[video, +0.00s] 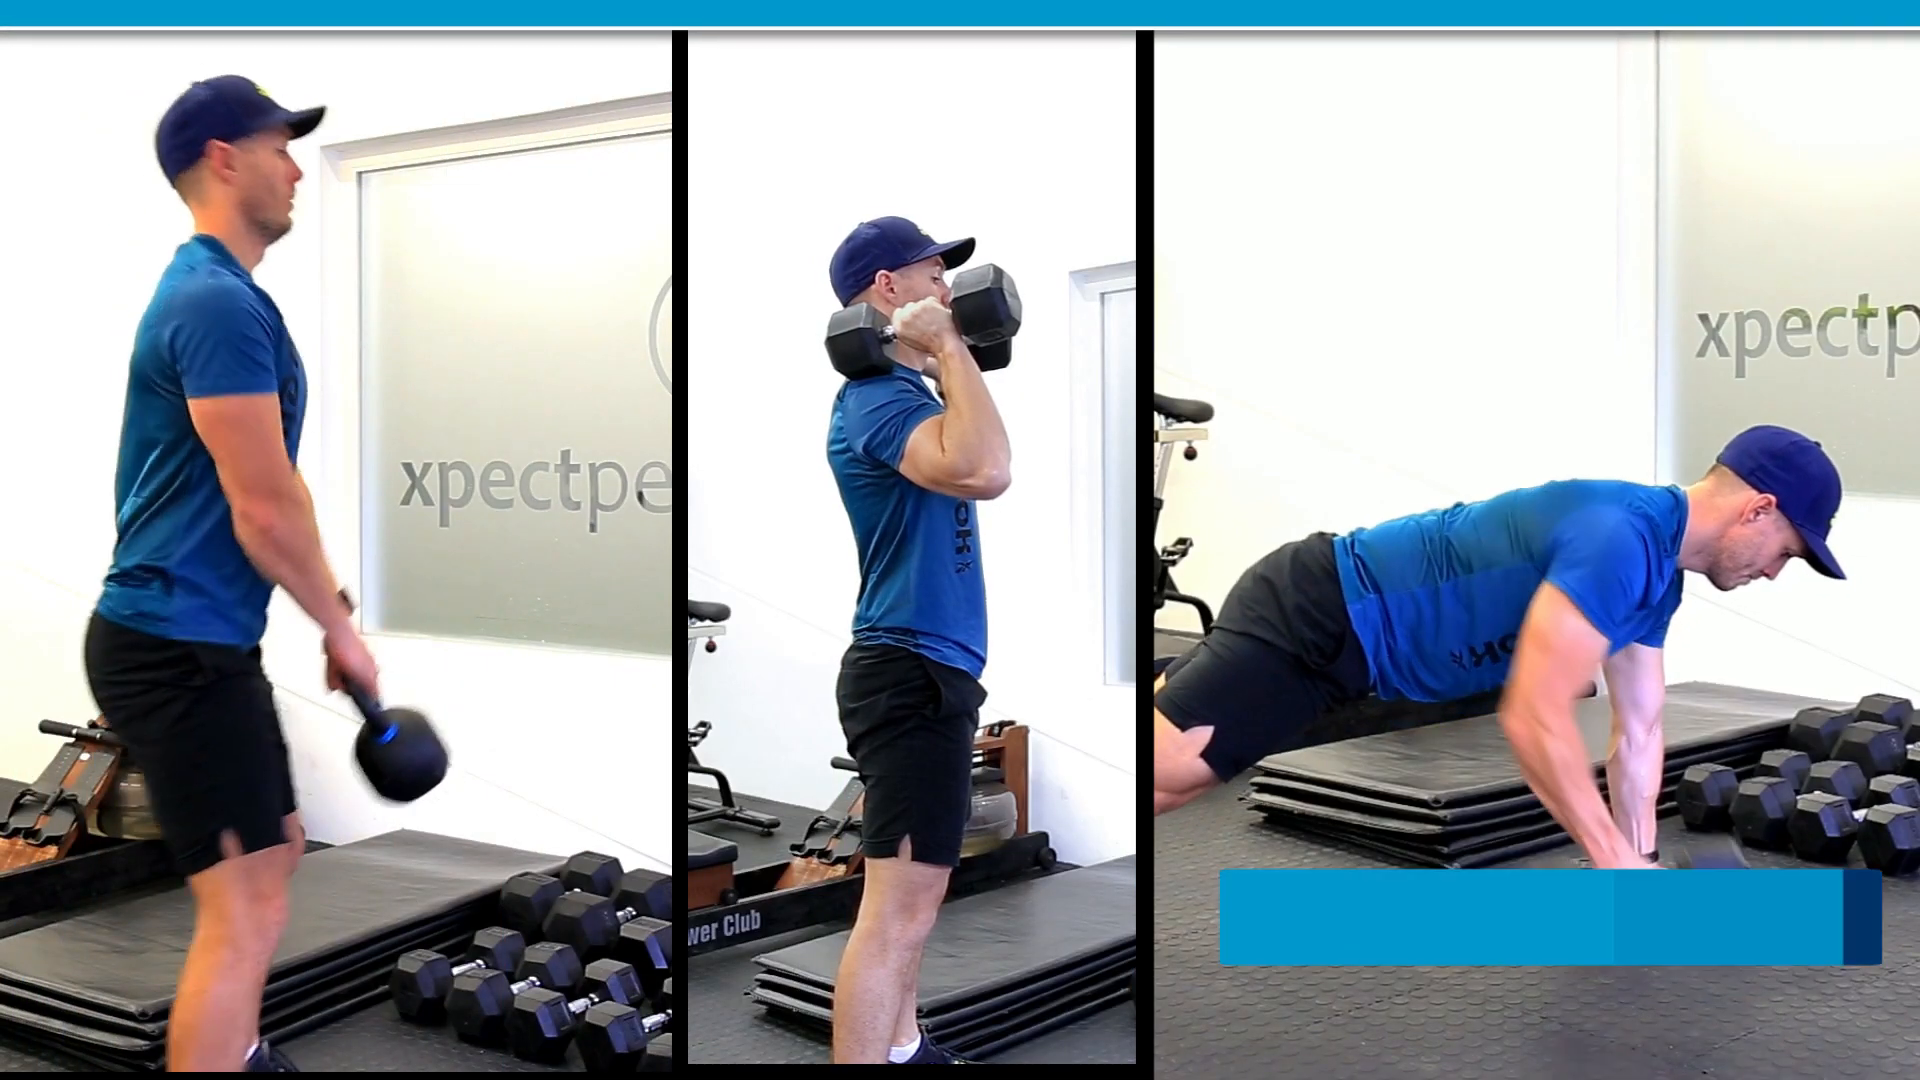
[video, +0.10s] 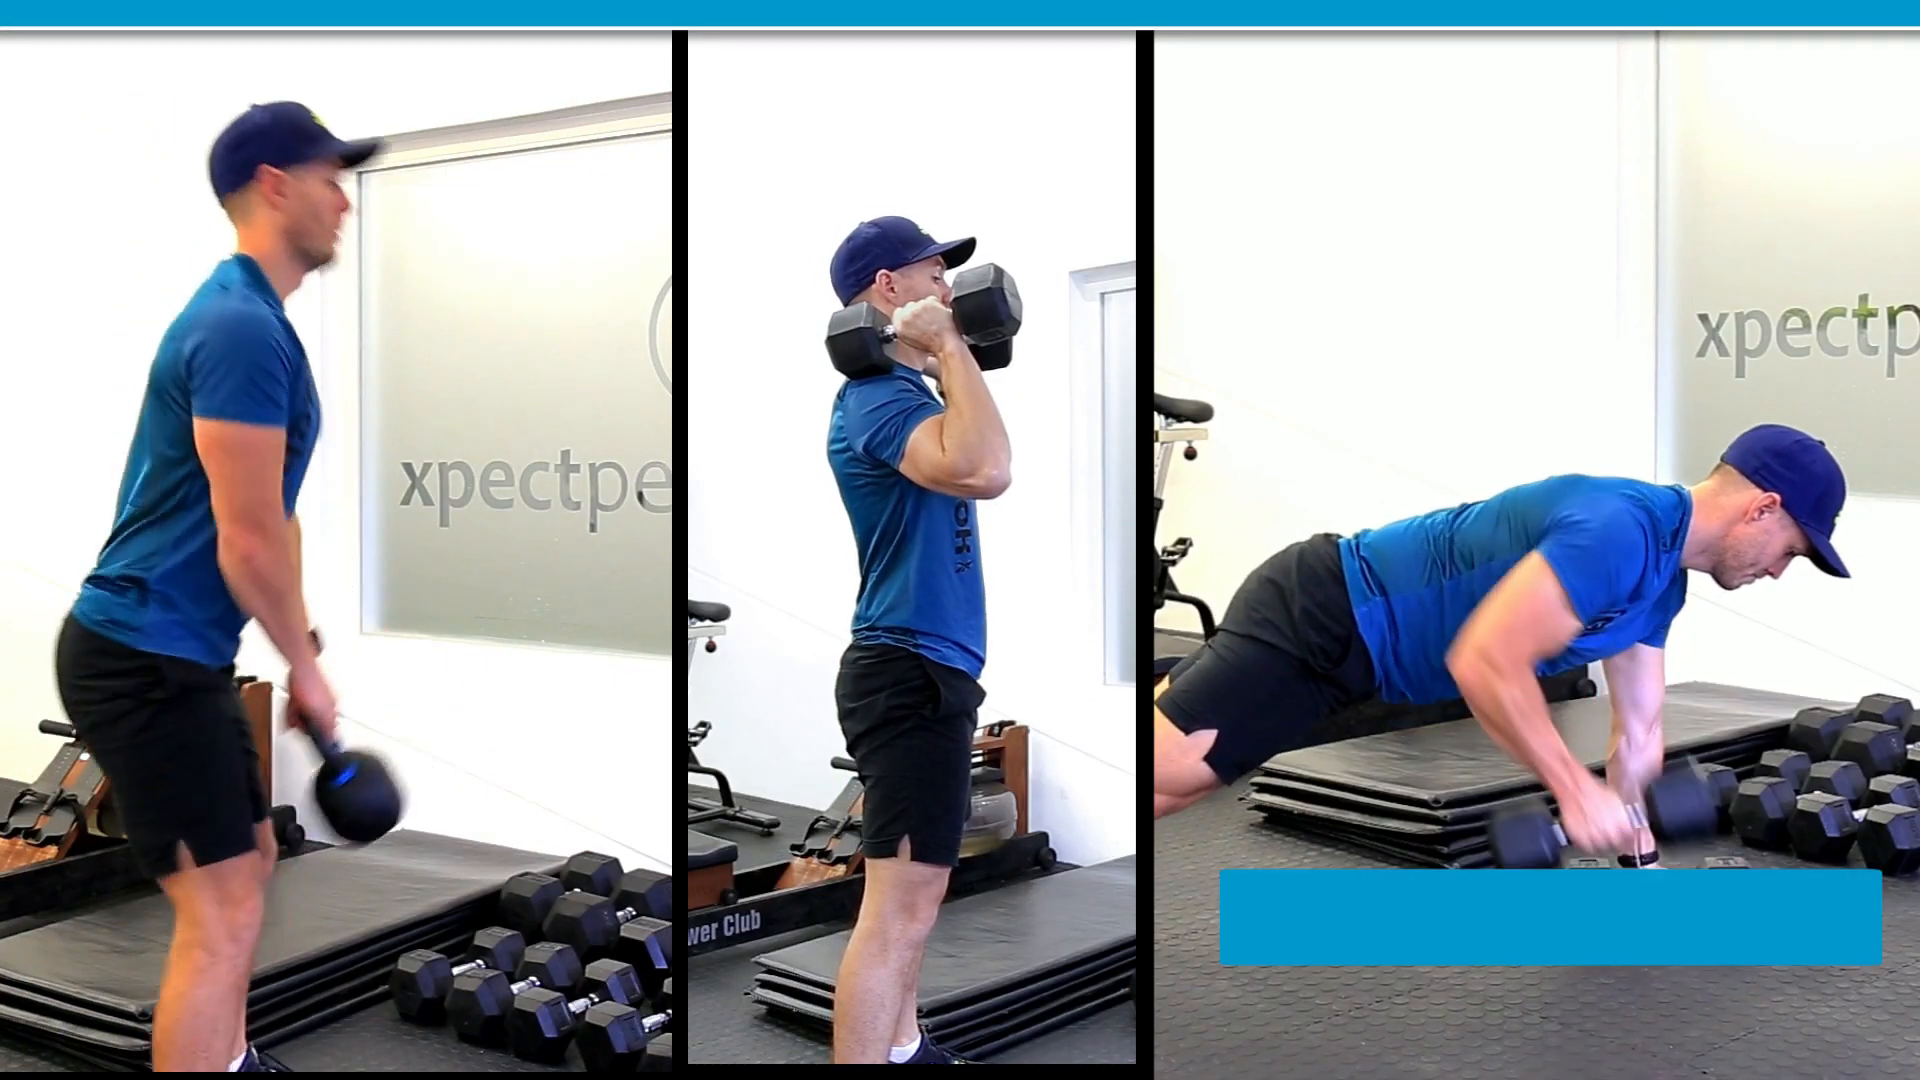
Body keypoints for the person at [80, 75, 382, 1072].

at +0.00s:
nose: (299, 167)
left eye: (293, 148)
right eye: (281, 146)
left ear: (223, 164)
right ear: (222, 160)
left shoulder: (226, 293)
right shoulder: (214, 301)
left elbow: (272, 497)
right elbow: (262, 509)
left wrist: (336, 618)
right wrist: (339, 629)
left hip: (204, 636)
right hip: (171, 642)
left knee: (274, 847)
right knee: (240, 904)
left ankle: (224, 1040)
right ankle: (208, 1068)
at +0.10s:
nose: (347, 202)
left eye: (346, 183)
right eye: (332, 180)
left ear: (275, 189)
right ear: (272, 184)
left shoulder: (259, 322)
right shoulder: (240, 328)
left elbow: (270, 524)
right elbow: (246, 545)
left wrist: (304, 644)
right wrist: (302, 664)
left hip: (179, 649)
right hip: (141, 653)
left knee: (250, 852)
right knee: (219, 910)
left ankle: (216, 1053)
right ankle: (195, 1074)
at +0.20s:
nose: (375, 222)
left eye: (373, 202)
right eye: (360, 200)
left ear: (302, 209)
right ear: (297, 203)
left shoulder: (277, 340)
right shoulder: (255, 342)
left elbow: (270, 539)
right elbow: (242, 552)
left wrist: (287, 669)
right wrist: (286, 682)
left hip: (167, 653)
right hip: (126, 657)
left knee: (241, 855)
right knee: (209, 912)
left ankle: (215, 1053)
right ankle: (187, 1073)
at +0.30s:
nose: (429, 267)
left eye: (427, 246)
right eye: (414, 244)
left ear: (356, 249)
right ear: (354, 244)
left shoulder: (310, 370)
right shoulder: (291, 373)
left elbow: (264, 563)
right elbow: (240, 579)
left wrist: (256, 699)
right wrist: (256, 712)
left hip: (144, 654)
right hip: (105, 653)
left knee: (210, 894)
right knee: (185, 912)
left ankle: (219, 1061)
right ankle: (178, 1074)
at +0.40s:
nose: (470, 314)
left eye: (469, 292)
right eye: (458, 289)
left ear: (396, 290)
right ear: (398, 286)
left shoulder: (334, 395)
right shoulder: (322, 404)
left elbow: (248, 587)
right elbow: (235, 602)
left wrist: (222, 711)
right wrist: (224, 726)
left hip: (150, 658)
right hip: (102, 657)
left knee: (223, 850)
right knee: (182, 914)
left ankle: (222, 1057)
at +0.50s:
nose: (495, 345)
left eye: (496, 322)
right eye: (486, 319)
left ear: (426, 319)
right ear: (430, 316)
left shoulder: (352, 414)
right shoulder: (341, 424)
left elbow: (243, 596)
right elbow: (231, 604)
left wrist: (202, 720)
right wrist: (198, 736)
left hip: (153, 651)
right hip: (101, 654)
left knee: (232, 846)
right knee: (192, 908)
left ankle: (224, 1059)